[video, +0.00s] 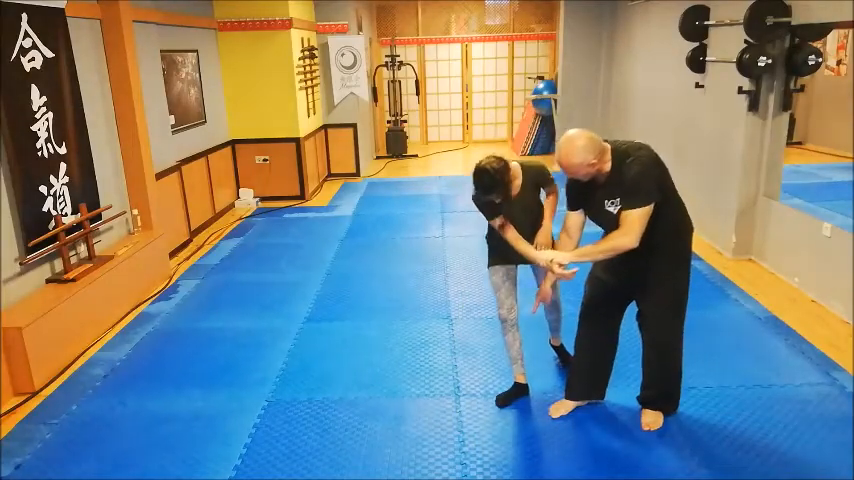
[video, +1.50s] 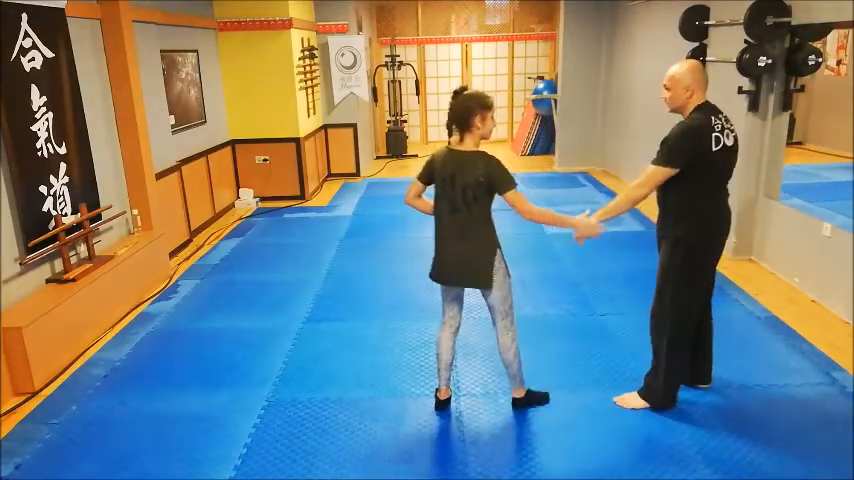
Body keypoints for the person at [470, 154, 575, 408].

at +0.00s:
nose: (495, 202)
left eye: (499, 197)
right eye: (490, 200)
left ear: (509, 177)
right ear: (481, 190)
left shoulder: (535, 171)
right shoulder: (482, 196)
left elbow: (552, 192)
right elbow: (505, 228)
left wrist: (546, 229)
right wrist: (541, 260)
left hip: (537, 237)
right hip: (502, 245)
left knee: (552, 297)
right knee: (507, 315)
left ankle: (556, 342)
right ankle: (520, 381)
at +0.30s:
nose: (510, 161)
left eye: (514, 154)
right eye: (503, 154)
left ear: (521, 148)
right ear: (490, 149)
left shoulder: (517, 163)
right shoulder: (482, 175)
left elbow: (522, 191)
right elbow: (520, 217)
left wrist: (534, 213)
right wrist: (560, 245)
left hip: (518, 240)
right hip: (488, 248)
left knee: (530, 295)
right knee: (498, 319)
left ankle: (542, 345)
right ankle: (506, 376)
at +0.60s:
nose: (515, 135)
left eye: (517, 128)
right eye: (513, 129)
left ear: (491, 123)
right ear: (492, 124)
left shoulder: (470, 154)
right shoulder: (494, 164)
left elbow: (482, 194)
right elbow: (538, 211)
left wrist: (509, 208)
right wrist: (579, 231)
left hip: (478, 244)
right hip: (493, 249)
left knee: (489, 307)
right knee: (502, 315)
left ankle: (474, 364)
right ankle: (484, 381)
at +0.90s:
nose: (503, 126)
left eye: (503, 119)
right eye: (499, 119)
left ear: (476, 121)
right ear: (482, 122)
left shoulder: (444, 155)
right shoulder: (493, 162)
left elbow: (427, 201)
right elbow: (533, 209)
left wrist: (457, 202)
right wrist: (581, 230)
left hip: (454, 251)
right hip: (489, 252)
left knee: (453, 319)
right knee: (501, 318)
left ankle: (443, 389)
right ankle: (491, 389)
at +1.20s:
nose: (486, 120)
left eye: (484, 114)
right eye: (482, 114)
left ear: (456, 120)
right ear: (467, 119)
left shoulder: (429, 156)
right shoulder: (479, 162)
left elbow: (409, 204)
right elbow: (507, 217)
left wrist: (438, 211)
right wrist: (548, 243)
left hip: (439, 253)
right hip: (477, 252)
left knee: (442, 321)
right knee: (503, 308)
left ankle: (442, 391)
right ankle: (502, 382)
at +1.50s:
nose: (494, 122)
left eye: (492, 116)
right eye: (489, 116)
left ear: (464, 121)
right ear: (475, 121)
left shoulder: (438, 159)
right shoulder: (489, 164)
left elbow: (411, 198)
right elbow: (527, 211)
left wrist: (443, 210)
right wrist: (575, 223)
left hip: (447, 255)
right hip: (485, 256)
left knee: (449, 320)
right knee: (504, 323)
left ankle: (442, 391)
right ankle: (519, 391)